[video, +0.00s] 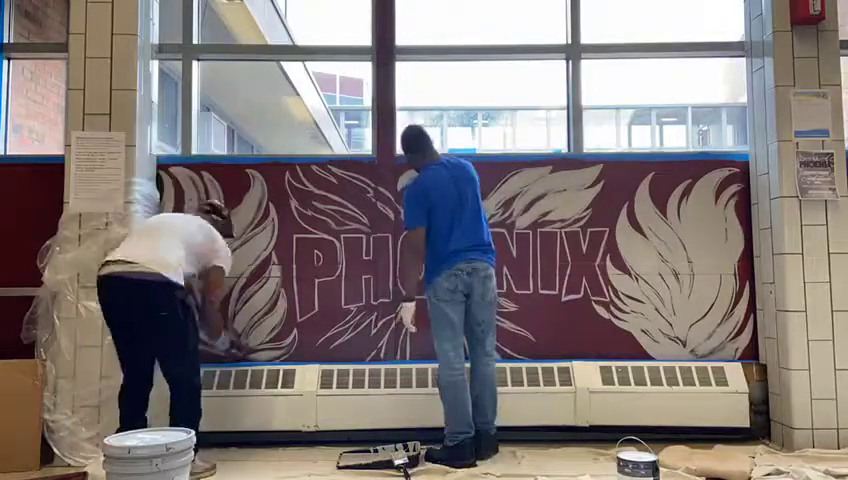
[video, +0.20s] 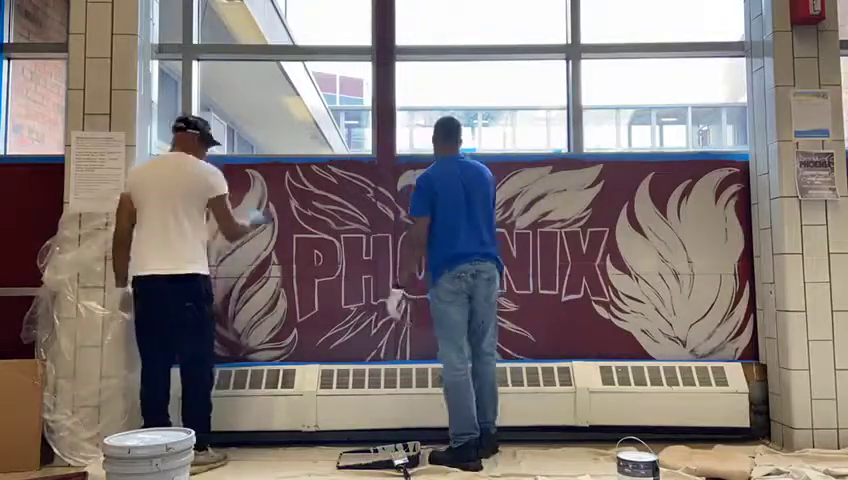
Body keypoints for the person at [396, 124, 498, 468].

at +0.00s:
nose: (409, 161)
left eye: (408, 157)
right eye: (411, 155)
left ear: (409, 156)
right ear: (434, 145)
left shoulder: (416, 187)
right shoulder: (466, 168)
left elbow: (415, 242)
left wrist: (408, 297)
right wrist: (419, 175)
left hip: (446, 271)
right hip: (483, 266)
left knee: (451, 357)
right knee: (484, 352)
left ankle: (460, 443)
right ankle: (486, 437)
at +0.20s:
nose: (436, 146)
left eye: (435, 140)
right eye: (447, 140)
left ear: (434, 141)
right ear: (461, 141)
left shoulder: (429, 178)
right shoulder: (484, 173)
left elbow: (419, 231)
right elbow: (484, 222)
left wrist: (406, 273)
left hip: (448, 268)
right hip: (487, 265)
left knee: (455, 357)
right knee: (485, 353)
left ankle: (464, 446)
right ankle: (486, 436)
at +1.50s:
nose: (488, 149)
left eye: (484, 144)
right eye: (497, 145)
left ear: (479, 144)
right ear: (505, 148)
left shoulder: (461, 166)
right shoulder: (517, 181)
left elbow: (442, 214)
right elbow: (518, 232)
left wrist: (439, 237)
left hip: (466, 265)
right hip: (505, 268)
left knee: (450, 345)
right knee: (499, 351)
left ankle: (448, 443)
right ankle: (499, 445)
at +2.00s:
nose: (497, 152)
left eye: (490, 144)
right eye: (505, 148)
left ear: (483, 144)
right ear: (512, 149)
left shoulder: (458, 175)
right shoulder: (520, 182)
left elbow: (440, 222)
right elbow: (519, 228)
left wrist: (457, 199)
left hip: (467, 272)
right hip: (507, 271)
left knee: (479, 355)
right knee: (532, 353)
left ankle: (492, 443)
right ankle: (552, 437)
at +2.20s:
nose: (538, 147)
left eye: (530, 138)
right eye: (544, 142)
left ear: (520, 140)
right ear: (547, 144)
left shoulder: (494, 175)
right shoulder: (559, 178)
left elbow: (478, 222)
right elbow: (560, 220)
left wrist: (485, 247)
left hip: (505, 272)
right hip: (546, 271)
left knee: (498, 354)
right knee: (553, 355)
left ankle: (493, 443)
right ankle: (562, 443)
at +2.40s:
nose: (569, 147)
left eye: (560, 139)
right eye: (577, 142)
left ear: (553, 140)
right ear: (581, 144)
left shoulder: (528, 173)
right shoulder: (592, 182)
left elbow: (510, 225)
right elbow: (592, 227)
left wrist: (498, 271)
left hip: (531, 273)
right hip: (573, 273)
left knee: (514, 355)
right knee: (567, 357)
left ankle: (506, 438)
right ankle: (563, 441)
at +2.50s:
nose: (478, 131)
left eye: (476, 124)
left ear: (477, 125)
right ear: (508, 123)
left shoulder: (465, 159)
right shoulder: (535, 161)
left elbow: (447, 216)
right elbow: (558, 220)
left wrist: (446, 266)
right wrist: (543, 241)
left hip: (475, 267)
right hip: (522, 266)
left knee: (449, 363)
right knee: (526, 369)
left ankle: (431, 459)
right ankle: (531, 466)